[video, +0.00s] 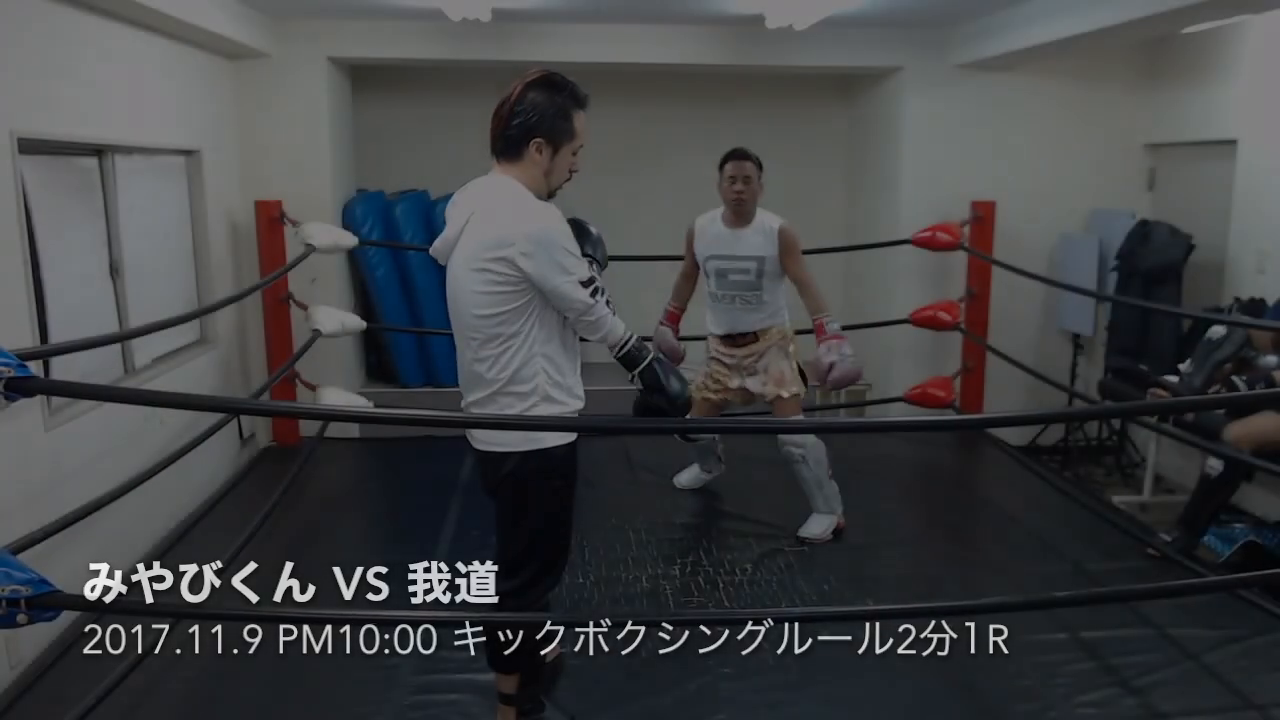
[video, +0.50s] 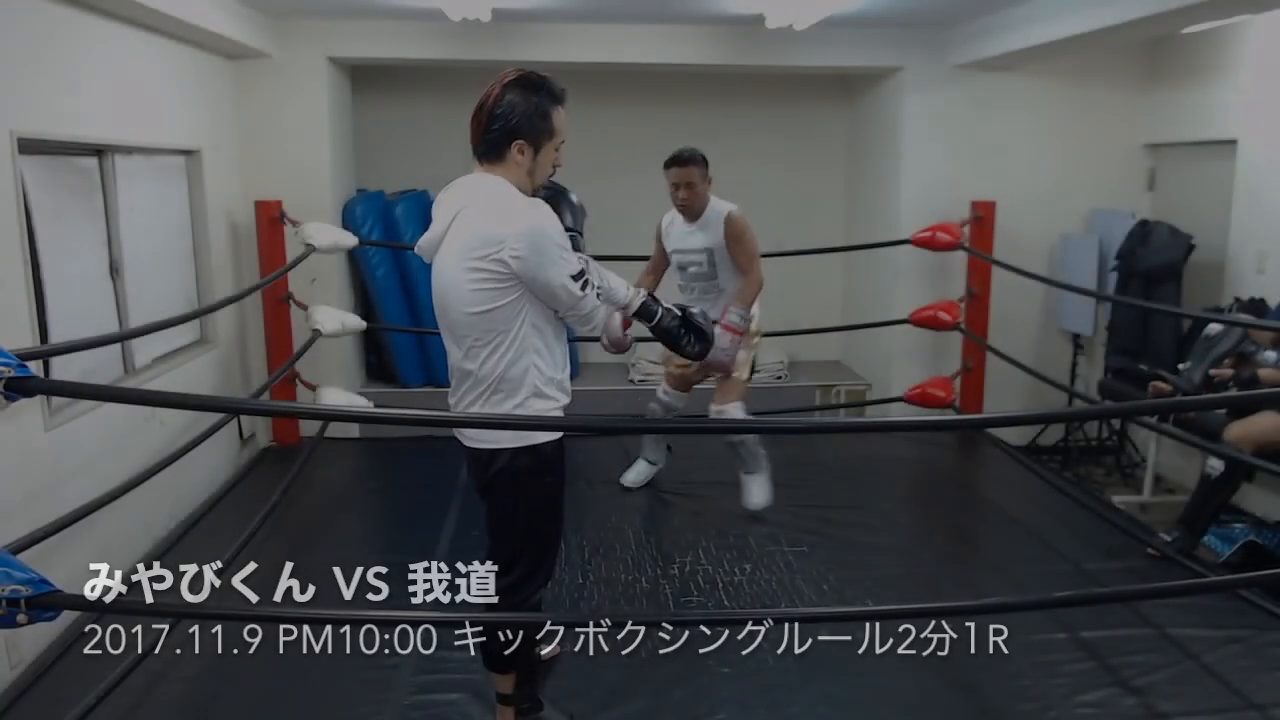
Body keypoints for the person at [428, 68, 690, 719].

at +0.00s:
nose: (578, 164)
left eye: (580, 150)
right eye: (574, 150)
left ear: (527, 143)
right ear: (540, 147)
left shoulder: (471, 200)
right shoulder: (535, 221)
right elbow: (586, 309)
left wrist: (567, 250)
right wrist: (644, 365)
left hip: (492, 420)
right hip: (535, 429)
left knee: (520, 556)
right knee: (534, 567)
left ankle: (521, 664)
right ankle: (513, 702)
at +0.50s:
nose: (560, 160)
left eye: (562, 147)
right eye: (556, 146)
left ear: (497, 141)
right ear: (524, 146)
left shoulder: (463, 199)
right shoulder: (525, 220)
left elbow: (572, 265)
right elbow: (585, 312)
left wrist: (650, 311)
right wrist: (616, 332)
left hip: (484, 418)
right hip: (520, 427)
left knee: (517, 557)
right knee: (519, 575)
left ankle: (521, 656)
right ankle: (512, 706)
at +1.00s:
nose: (541, 162)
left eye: (544, 149)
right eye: (537, 148)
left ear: (485, 142)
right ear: (505, 144)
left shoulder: (445, 195)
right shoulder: (502, 213)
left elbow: (423, 248)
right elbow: (550, 311)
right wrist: (565, 264)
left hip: (453, 405)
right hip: (492, 412)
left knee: (487, 537)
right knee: (512, 555)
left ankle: (487, 654)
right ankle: (512, 703)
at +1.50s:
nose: (508, 162)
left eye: (510, 149)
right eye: (504, 147)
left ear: (456, 141)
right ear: (471, 142)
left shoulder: (426, 194)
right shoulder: (457, 200)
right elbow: (521, 289)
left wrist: (508, 245)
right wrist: (600, 328)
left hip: (450, 407)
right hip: (445, 413)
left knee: (484, 525)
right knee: (451, 562)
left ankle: (485, 649)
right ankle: (385, 703)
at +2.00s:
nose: (479, 148)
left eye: (477, 136)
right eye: (476, 136)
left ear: (414, 139)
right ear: (459, 141)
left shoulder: (381, 197)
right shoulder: (427, 218)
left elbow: (346, 297)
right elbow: (391, 336)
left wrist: (443, 343)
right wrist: (464, 370)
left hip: (399, 413)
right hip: (407, 425)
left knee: (458, 517)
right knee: (395, 571)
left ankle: (449, 636)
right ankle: (376, 706)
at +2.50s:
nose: (503, 188)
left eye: (505, 177)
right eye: (505, 176)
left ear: (448, 163)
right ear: (491, 168)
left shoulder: (404, 219)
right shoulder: (478, 236)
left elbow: (429, 304)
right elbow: (512, 341)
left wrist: (499, 270)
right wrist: (535, 283)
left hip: (400, 412)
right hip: (447, 418)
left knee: (461, 531)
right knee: (456, 558)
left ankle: (460, 622)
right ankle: (387, 702)